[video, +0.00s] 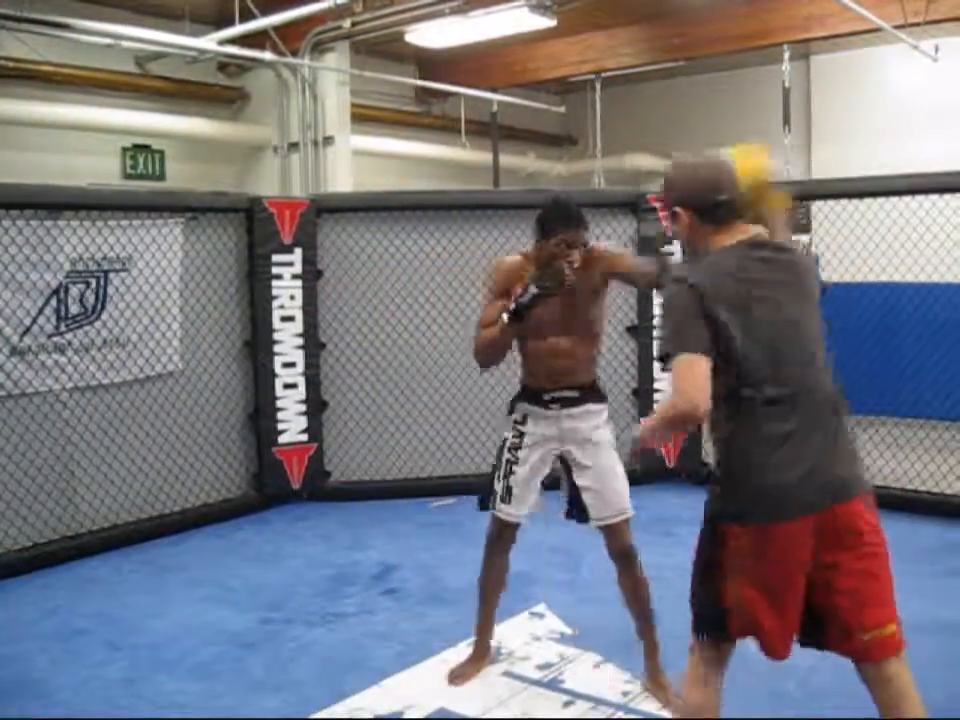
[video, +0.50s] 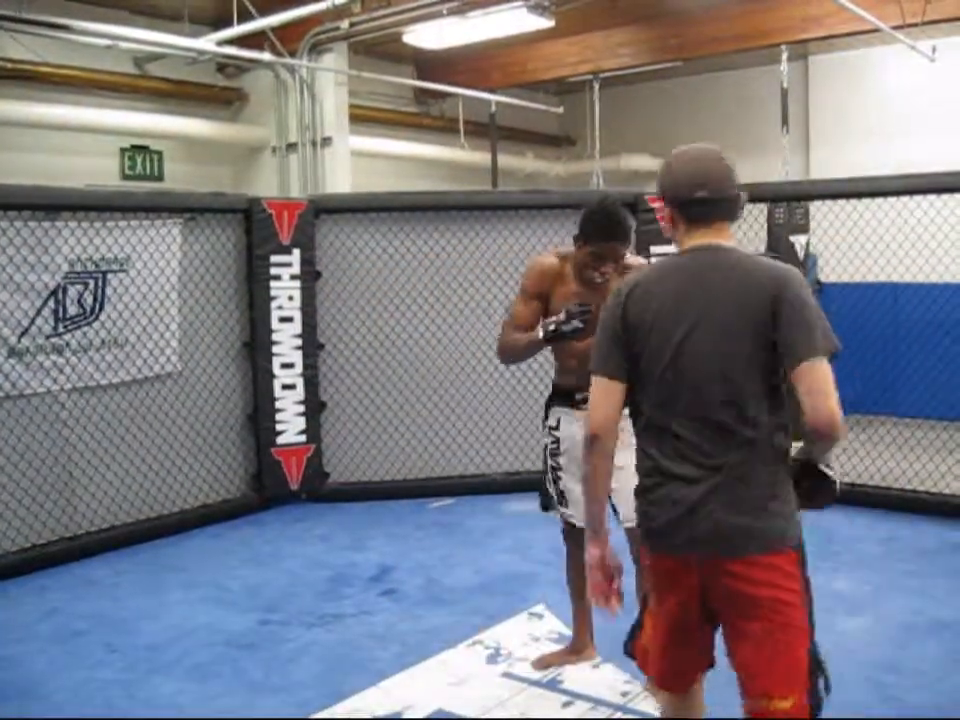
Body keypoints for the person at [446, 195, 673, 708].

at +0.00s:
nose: (572, 257)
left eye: (579, 247)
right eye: (563, 248)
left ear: (588, 240)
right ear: (540, 243)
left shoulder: (600, 262)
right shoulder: (512, 271)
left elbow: (664, 275)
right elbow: (485, 355)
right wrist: (522, 305)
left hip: (589, 415)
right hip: (531, 416)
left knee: (623, 547)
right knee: (500, 534)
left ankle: (653, 668)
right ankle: (482, 645)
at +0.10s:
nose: (591, 266)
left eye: (598, 255)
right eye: (581, 256)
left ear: (609, 247)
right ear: (561, 248)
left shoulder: (627, 259)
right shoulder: (534, 273)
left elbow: (678, 279)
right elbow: (510, 361)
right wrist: (530, 317)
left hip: (611, 414)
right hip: (552, 414)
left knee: (638, 549)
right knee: (513, 534)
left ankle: (657, 675)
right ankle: (493, 648)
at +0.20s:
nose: (596, 269)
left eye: (605, 258)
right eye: (587, 259)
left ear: (617, 245)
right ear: (566, 247)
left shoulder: (634, 270)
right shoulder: (543, 273)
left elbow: (653, 340)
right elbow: (535, 358)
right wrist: (551, 328)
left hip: (623, 411)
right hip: (566, 409)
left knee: (642, 549)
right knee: (530, 530)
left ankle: (657, 672)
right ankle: (524, 642)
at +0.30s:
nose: (590, 270)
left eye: (600, 259)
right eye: (581, 260)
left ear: (617, 246)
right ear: (565, 246)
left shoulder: (635, 271)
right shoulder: (547, 266)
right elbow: (528, 338)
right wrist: (552, 327)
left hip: (634, 411)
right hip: (572, 411)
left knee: (643, 544)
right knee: (551, 532)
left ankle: (658, 663)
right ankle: (565, 637)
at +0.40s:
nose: (601, 266)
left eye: (611, 256)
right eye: (592, 256)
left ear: (626, 244)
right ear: (574, 241)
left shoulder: (640, 271)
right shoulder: (550, 265)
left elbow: (662, 330)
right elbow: (515, 334)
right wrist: (548, 327)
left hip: (634, 411)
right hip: (572, 412)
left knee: (642, 537)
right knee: (577, 533)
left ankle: (653, 637)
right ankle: (582, 639)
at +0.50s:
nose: (604, 272)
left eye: (615, 262)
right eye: (596, 261)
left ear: (629, 252)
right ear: (576, 245)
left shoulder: (640, 277)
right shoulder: (548, 270)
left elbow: (662, 338)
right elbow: (507, 349)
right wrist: (547, 333)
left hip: (629, 414)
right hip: (569, 413)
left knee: (642, 529)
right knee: (576, 531)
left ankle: (656, 635)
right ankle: (581, 639)